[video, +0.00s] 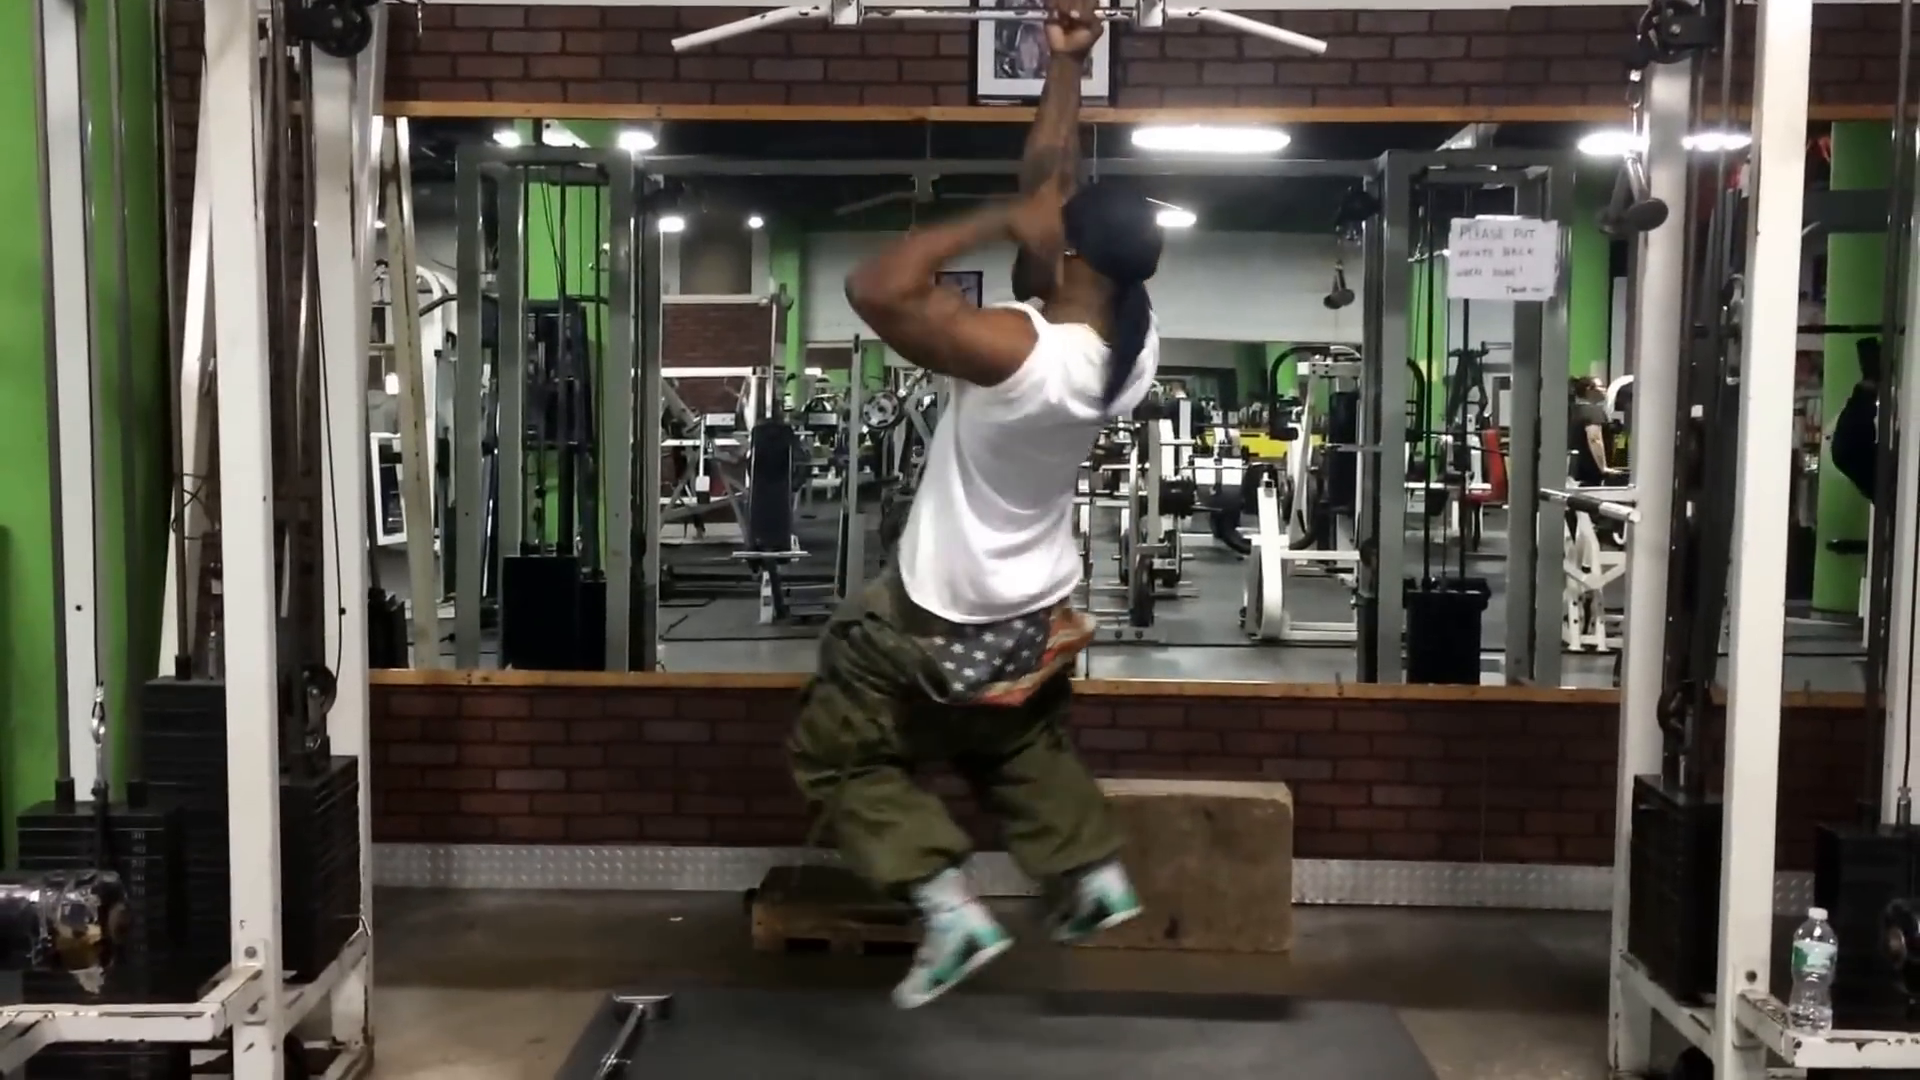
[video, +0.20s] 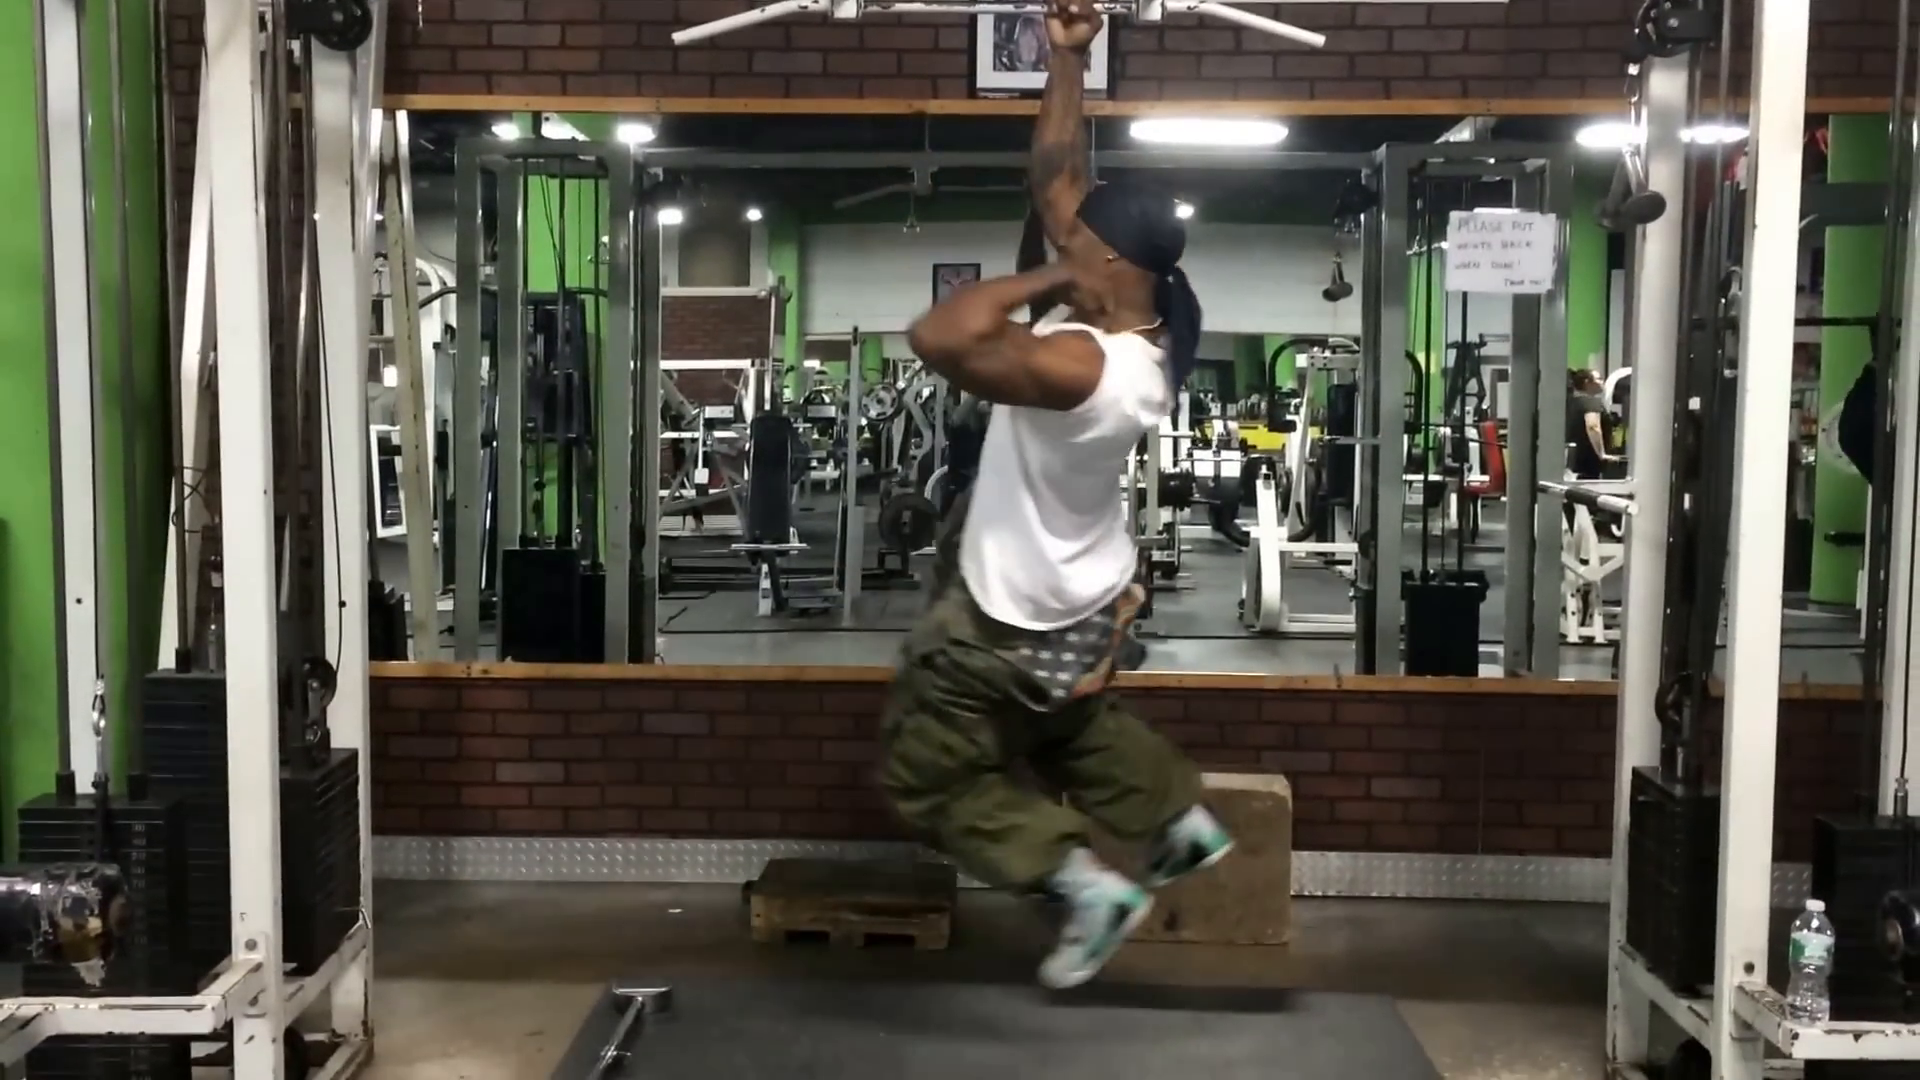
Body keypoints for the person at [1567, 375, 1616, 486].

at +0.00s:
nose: (1605, 390)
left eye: (1603, 386)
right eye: (1601, 386)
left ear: (1588, 389)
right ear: (1589, 389)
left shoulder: (1574, 409)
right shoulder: (1592, 410)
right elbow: (1594, 439)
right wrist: (1604, 467)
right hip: (1590, 473)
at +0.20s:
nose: (1602, 382)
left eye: (1601, 379)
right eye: (1598, 379)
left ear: (1585, 383)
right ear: (1587, 383)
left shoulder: (1572, 401)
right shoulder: (1592, 401)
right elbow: (1592, 426)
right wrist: (1602, 453)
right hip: (1589, 463)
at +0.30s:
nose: (1601, 379)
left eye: (1600, 376)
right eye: (1597, 376)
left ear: (1585, 380)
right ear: (1586, 379)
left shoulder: (1572, 397)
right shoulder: (1591, 398)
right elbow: (1592, 419)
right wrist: (1602, 446)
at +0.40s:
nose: (1601, 377)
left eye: (1600, 374)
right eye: (1598, 374)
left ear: (1585, 377)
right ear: (1586, 377)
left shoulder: (1572, 394)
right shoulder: (1592, 394)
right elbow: (1593, 412)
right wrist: (1601, 438)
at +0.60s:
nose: (1601, 374)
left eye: (1600, 370)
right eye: (1598, 370)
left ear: (1585, 374)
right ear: (1587, 374)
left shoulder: (1572, 390)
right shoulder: (1594, 389)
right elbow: (1593, 401)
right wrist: (1602, 425)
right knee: (1620, 442)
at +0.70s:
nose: (1601, 373)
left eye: (1601, 369)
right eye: (1598, 369)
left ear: (1585, 373)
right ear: (1587, 373)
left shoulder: (1570, 389)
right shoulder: (1596, 388)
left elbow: (1561, 391)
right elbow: (1594, 398)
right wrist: (1602, 424)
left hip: (1576, 437)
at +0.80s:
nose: (1601, 372)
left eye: (1600, 368)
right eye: (1598, 368)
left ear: (1584, 372)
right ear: (1587, 372)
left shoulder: (1571, 387)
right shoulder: (1595, 387)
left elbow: (1561, 393)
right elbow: (1593, 399)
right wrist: (1600, 426)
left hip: (1574, 438)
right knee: (1619, 440)